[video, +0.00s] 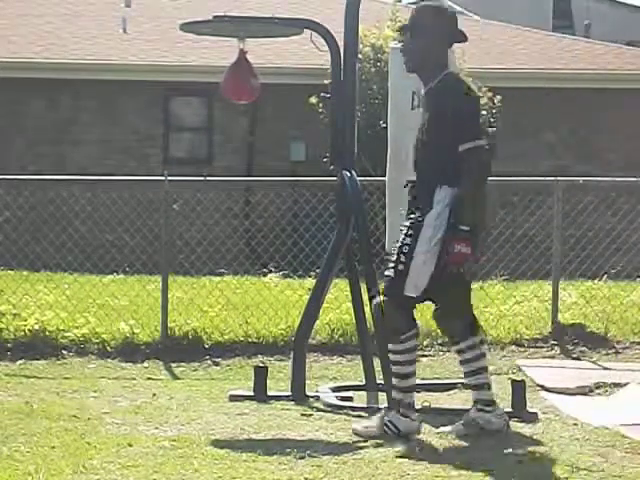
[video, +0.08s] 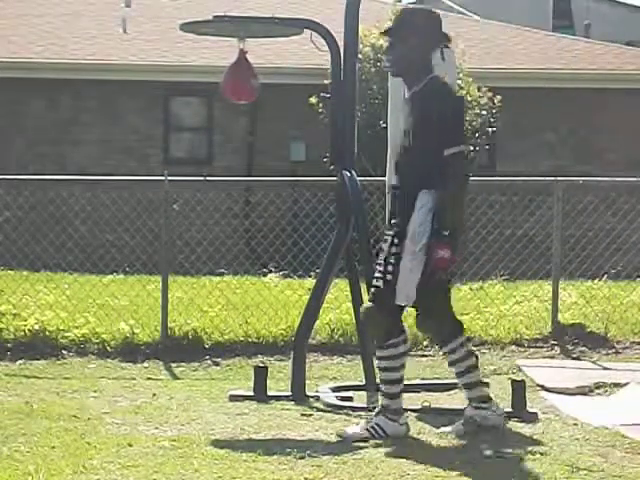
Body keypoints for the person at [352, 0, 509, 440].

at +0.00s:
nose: (403, 45)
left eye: (412, 37)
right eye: (405, 36)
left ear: (437, 44)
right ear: (426, 44)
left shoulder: (454, 95)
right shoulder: (439, 95)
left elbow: (474, 167)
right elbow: (441, 169)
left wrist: (463, 230)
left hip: (436, 214)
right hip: (442, 213)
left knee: (393, 306)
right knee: (455, 313)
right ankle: (486, 409)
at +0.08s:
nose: (390, 50)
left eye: (400, 41)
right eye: (391, 41)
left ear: (427, 47)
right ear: (404, 47)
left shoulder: (439, 98)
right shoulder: (422, 98)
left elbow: (454, 173)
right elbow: (418, 173)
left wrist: (445, 234)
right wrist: (397, 230)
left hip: (420, 218)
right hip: (421, 217)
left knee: (383, 313)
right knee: (435, 314)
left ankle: (390, 415)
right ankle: (482, 406)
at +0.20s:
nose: (364, 49)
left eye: (371, 40)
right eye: (365, 40)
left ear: (397, 43)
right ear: (389, 45)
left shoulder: (408, 93)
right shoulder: (395, 94)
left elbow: (427, 161)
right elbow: (396, 164)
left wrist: (419, 228)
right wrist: (365, 196)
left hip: (397, 213)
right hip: (389, 210)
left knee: (368, 313)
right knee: (374, 312)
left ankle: (389, 417)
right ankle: (448, 383)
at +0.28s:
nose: (346, 51)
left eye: (354, 44)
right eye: (347, 43)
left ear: (378, 48)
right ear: (369, 49)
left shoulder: (390, 94)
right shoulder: (377, 94)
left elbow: (408, 166)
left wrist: (391, 233)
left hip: (384, 216)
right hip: (367, 212)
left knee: (359, 312)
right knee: (327, 306)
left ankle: (388, 418)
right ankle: (409, 371)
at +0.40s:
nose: (325, 47)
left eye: (333, 40)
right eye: (325, 39)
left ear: (357, 43)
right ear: (341, 43)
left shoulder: (367, 87)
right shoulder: (353, 86)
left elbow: (383, 154)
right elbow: (405, 143)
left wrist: (359, 220)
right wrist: (348, 172)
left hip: (367, 208)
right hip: (343, 204)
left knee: (362, 313)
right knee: (302, 299)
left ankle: (389, 416)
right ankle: (345, 391)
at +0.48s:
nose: (309, 42)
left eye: (318, 33)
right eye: (311, 33)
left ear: (343, 40)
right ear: (341, 42)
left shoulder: (351, 87)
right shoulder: (349, 86)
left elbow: (364, 156)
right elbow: (392, 143)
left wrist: (338, 219)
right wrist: (362, 185)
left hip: (352, 215)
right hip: (328, 211)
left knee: (359, 316)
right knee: (296, 306)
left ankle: (388, 417)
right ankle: (304, 408)